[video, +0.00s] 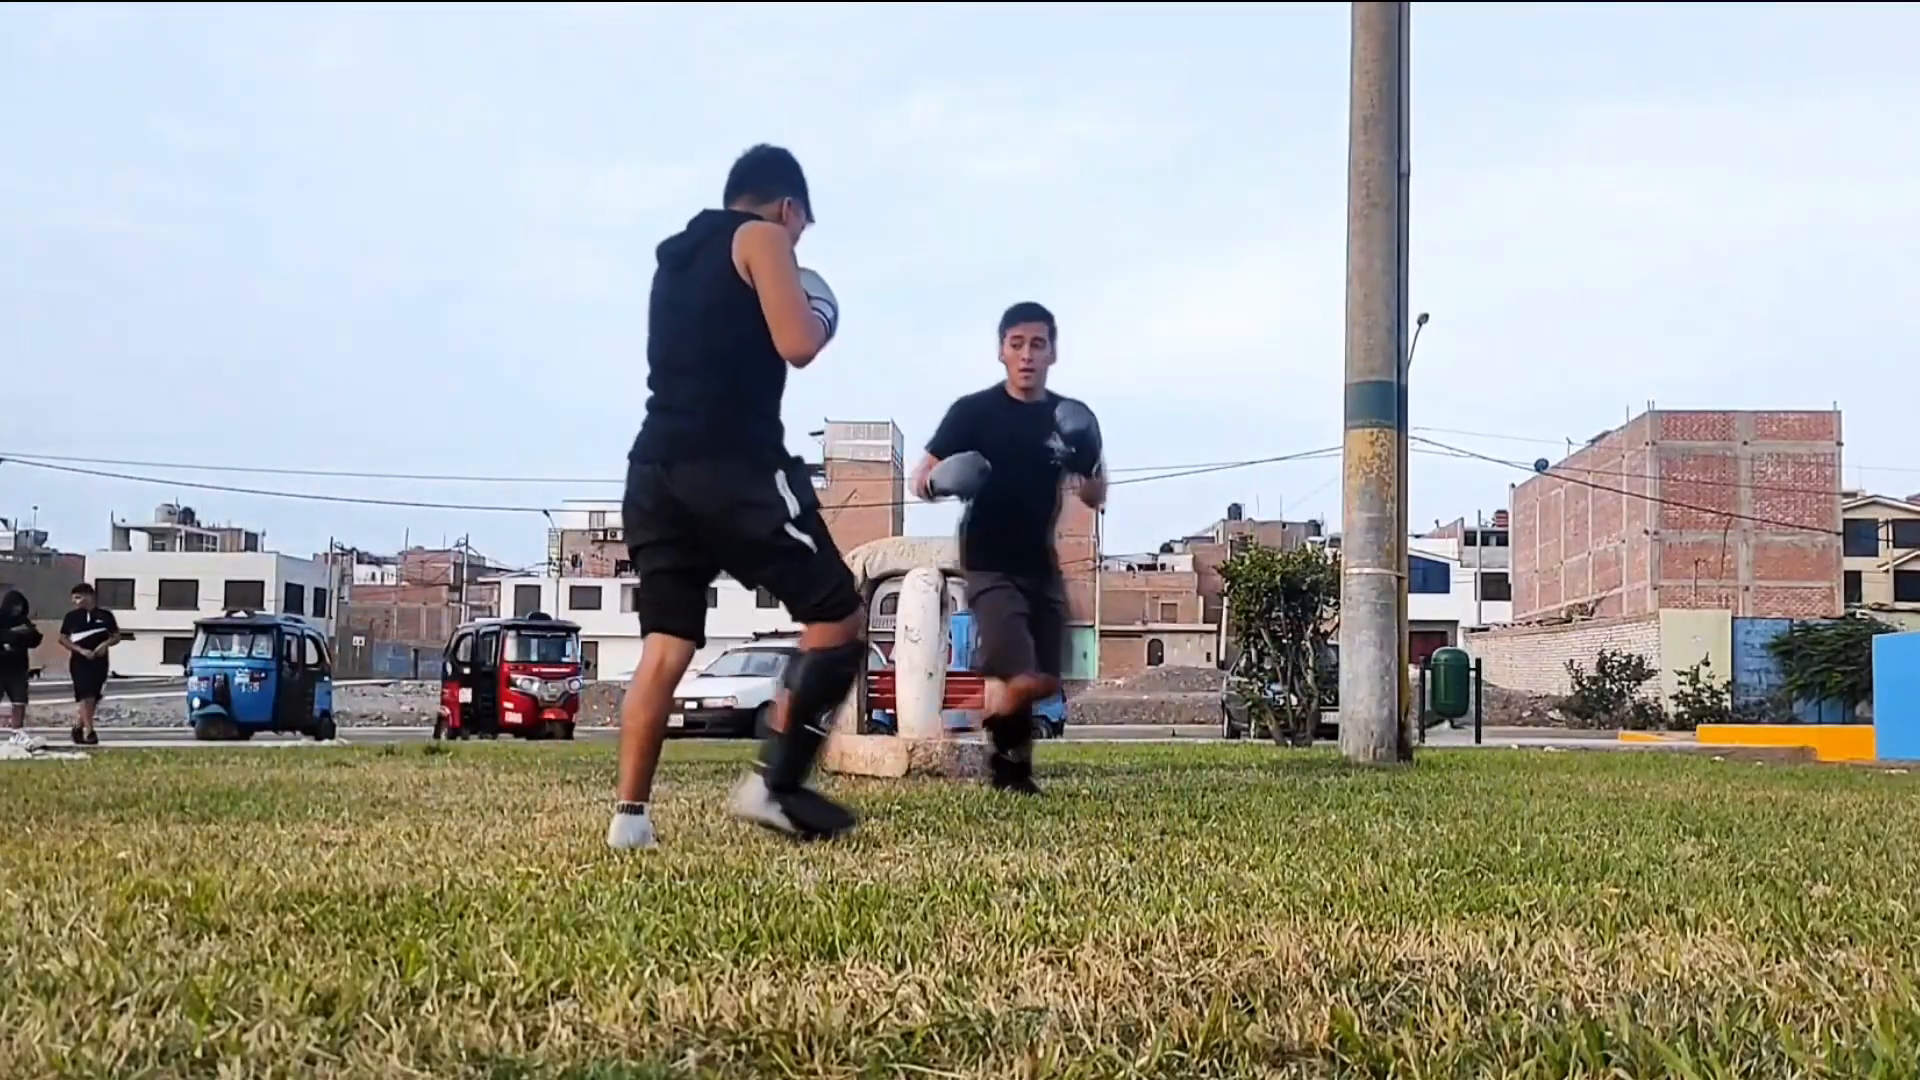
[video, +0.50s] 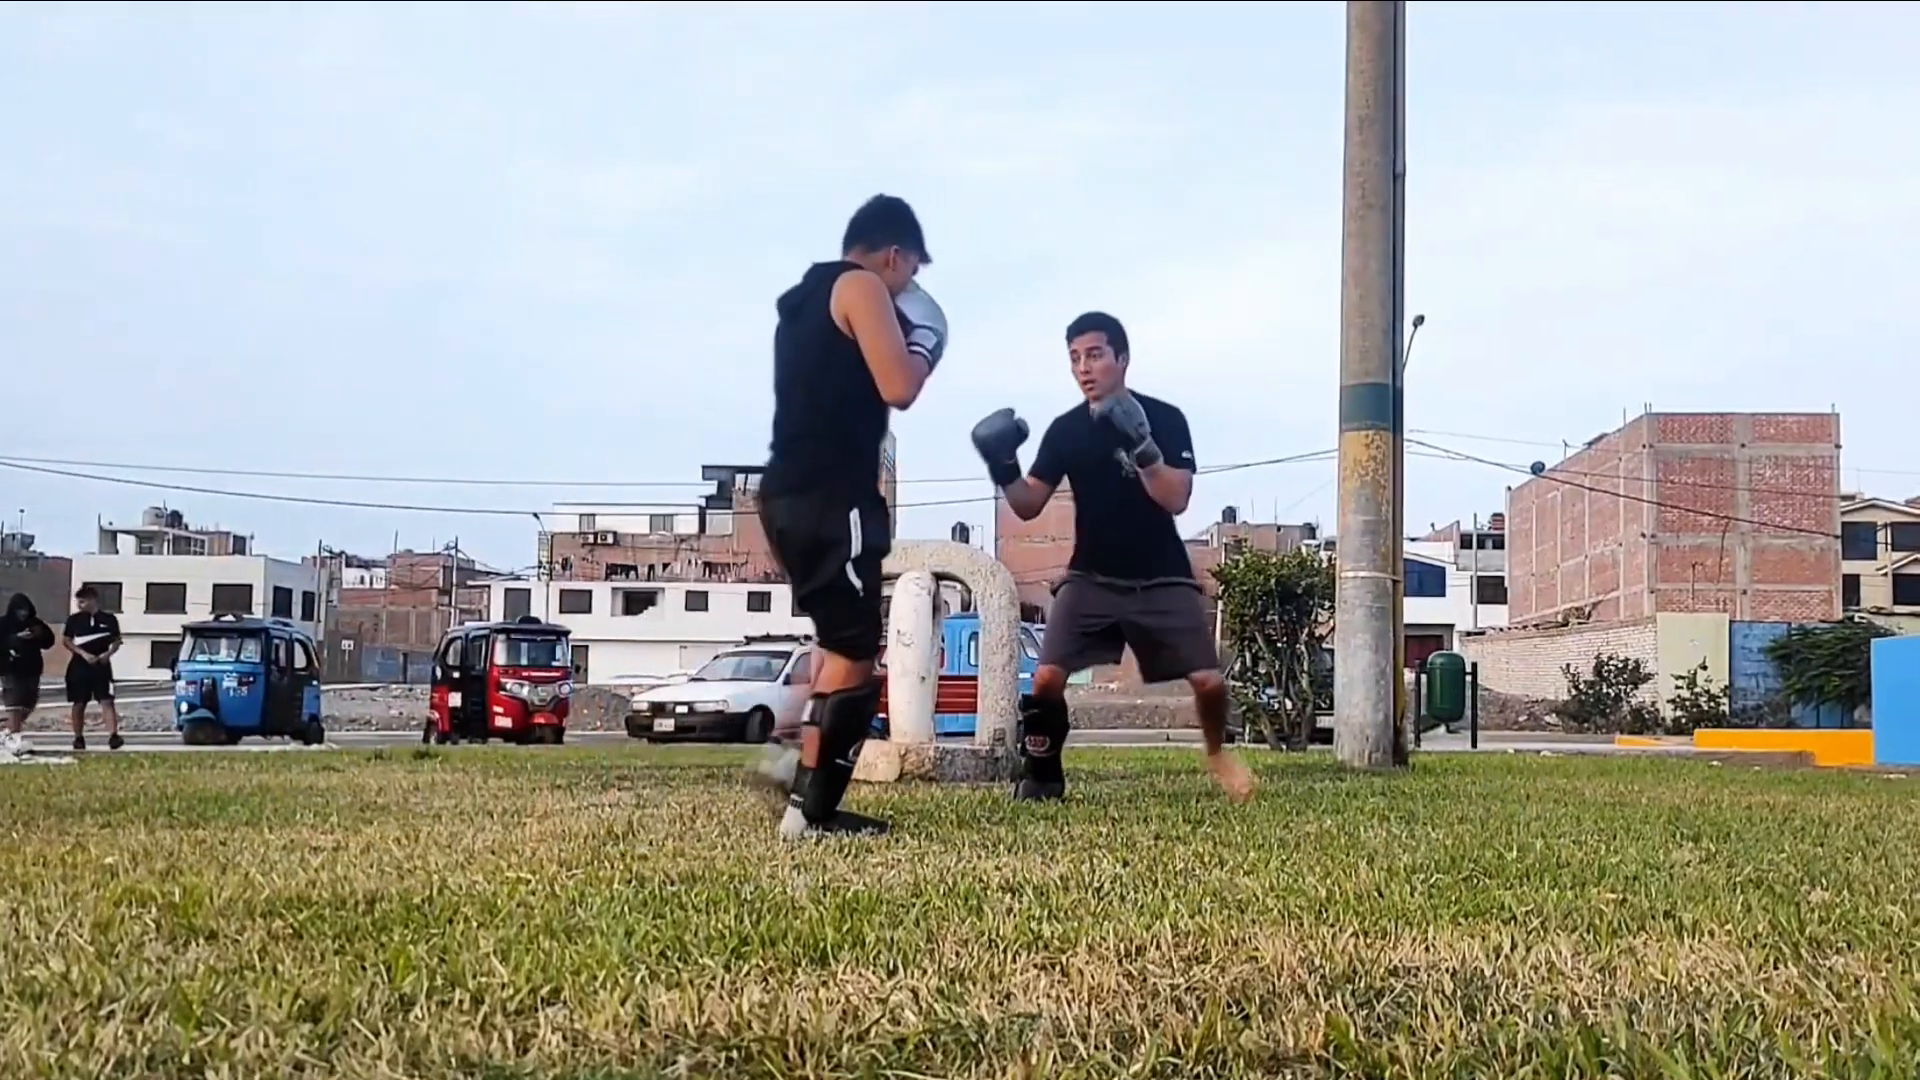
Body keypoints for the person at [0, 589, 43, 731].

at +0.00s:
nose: (18, 609)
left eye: (21, 606)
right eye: (15, 605)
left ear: (24, 607)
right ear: (8, 606)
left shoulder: (23, 621)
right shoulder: (5, 622)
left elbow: (36, 639)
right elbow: (8, 639)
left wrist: (26, 632)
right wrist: (23, 635)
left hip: (18, 664)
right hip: (6, 664)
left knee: (20, 700)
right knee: (18, 700)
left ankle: (17, 731)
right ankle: (17, 731)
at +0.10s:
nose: (24, 607)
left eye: (27, 604)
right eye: (21, 603)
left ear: (31, 605)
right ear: (14, 603)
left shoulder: (33, 620)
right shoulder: (5, 618)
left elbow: (45, 639)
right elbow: (4, 637)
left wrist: (35, 630)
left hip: (27, 666)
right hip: (7, 666)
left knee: (24, 703)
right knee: (4, 700)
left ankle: (18, 733)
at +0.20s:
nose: (28, 606)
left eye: (31, 603)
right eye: (25, 602)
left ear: (35, 604)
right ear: (17, 603)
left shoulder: (38, 619)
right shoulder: (6, 618)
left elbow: (51, 638)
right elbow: (3, 636)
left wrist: (38, 630)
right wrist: (18, 634)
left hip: (31, 665)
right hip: (10, 663)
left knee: (25, 701)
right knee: (8, 698)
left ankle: (19, 731)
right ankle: (3, 728)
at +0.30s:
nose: (31, 607)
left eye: (34, 604)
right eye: (27, 604)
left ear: (38, 605)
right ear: (20, 604)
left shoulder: (42, 619)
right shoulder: (9, 619)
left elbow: (56, 637)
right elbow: (4, 637)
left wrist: (41, 630)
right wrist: (22, 632)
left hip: (35, 664)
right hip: (14, 663)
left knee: (27, 698)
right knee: (17, 697)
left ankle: (20, 731)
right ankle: (18, 731)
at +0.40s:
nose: (34, 608)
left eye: (37, 605)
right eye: (30, 605)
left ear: (41, 605)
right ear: (24, 605)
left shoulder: (45, 619)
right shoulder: (12, 620)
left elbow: (60, 637)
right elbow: (4, 637)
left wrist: (48, 631)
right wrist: (22, 637)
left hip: (40, 665)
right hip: (19, 665)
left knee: (32, 699)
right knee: (23, 700)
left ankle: (24, 731)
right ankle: (25, 732)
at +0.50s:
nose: (24, 613)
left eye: (26, 609)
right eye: (20, 609)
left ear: (30, 609)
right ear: (13, 610)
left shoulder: (34, 623)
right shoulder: (5, 624)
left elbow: (49, 641)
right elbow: (3, 642)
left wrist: (37, 634)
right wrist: (17, 638)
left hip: (31, 669)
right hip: (11, 668)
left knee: (29, 705)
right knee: (14, 704)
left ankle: (9, 732)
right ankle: (16, 739)